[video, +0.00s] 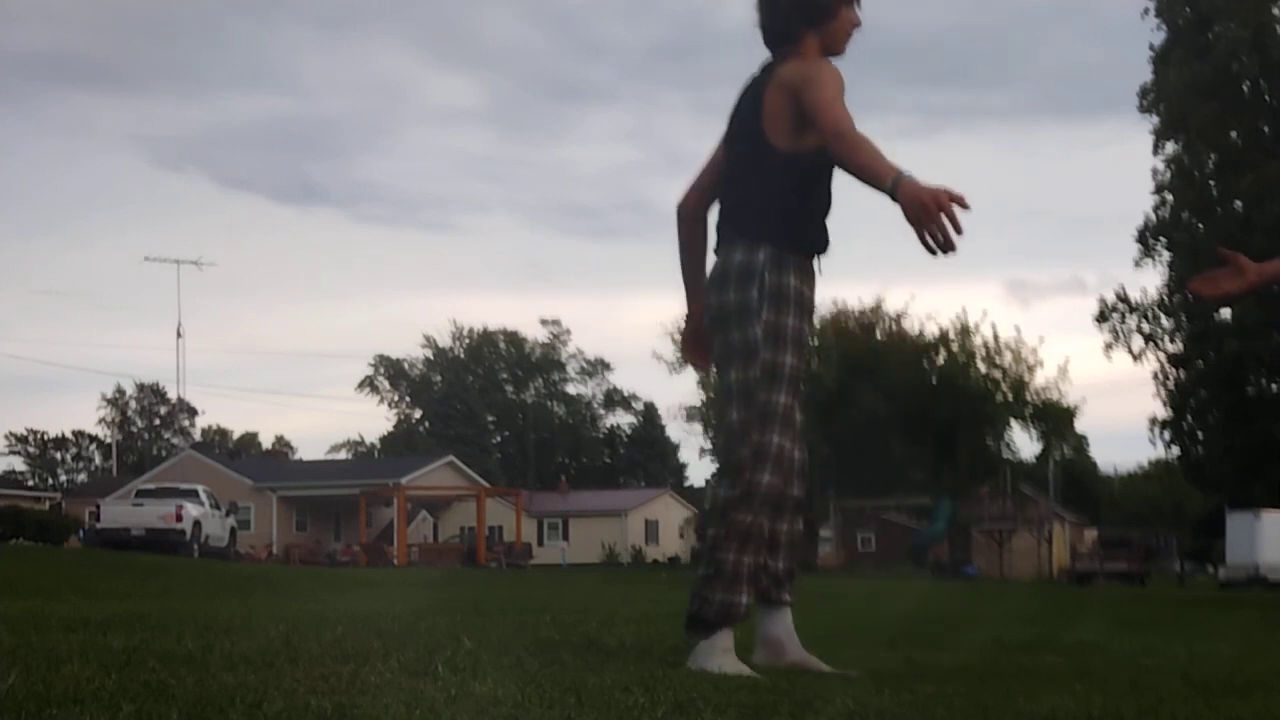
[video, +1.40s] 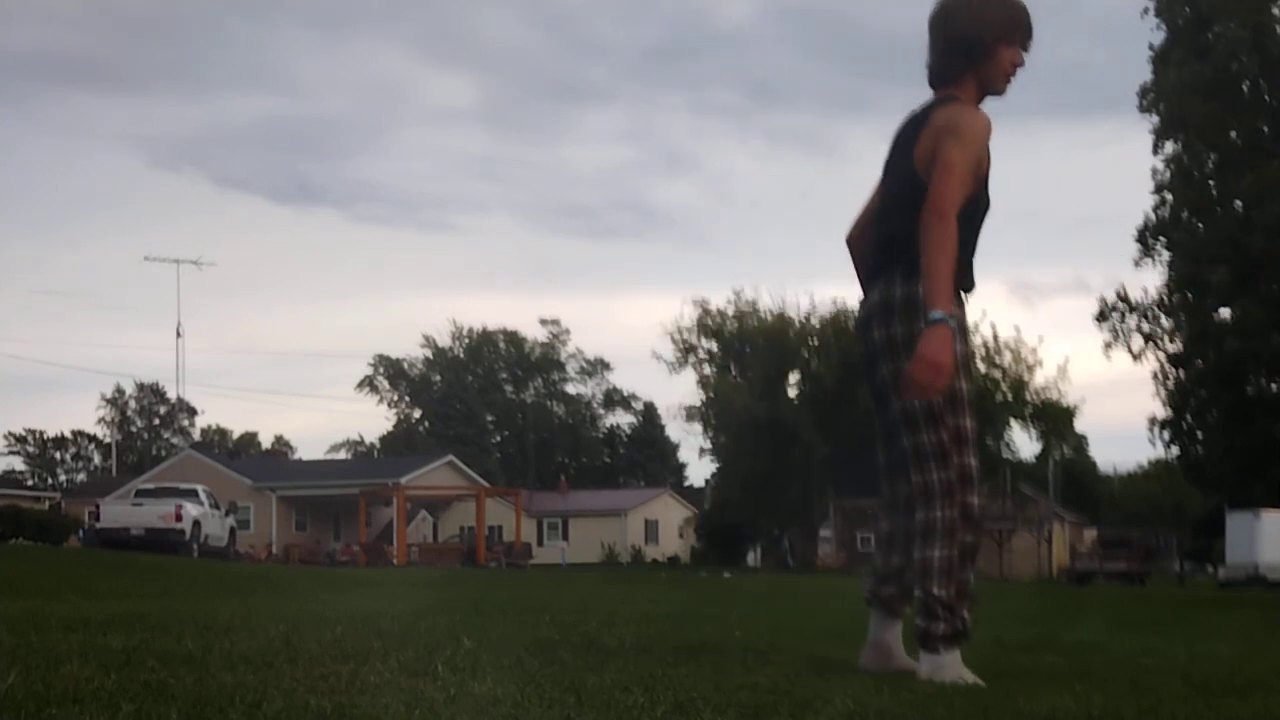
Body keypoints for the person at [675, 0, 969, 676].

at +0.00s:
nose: (857, 16)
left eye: (855, 6)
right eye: (849, 6)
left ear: (792, 20)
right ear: (819, 15)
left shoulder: (760, 91)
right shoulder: (813, 72)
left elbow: (692, 206)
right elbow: (835, 136)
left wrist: (696, 306)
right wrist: (903, 185)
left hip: (742, 276)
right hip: (769, 273)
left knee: (782, 454)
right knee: (759, 455)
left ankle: (775, 634)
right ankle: (711, 643)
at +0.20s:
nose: (875, 37)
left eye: (875, 25)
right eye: (869, 23)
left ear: (804, 33)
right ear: (837, 26)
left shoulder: (762, 106)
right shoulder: (840, 86)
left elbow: (698, 209)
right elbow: (910, 155)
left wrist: (691, 310)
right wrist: (1013, 194)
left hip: (748, 290)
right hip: (797, 285)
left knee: (789, 453)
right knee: (845, 450)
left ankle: (774, 619)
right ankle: (757, 603)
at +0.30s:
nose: (889, 39)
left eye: (888, 26)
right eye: (883, 25)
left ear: (819, 37)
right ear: (850, 30)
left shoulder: (774, 108)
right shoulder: (859, 89)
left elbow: (710, 207)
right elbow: (943, 164)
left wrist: (703, 309)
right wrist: (1051, 210)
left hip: (760, 295)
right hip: (814, 287)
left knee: (791, 456)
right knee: (874, 455)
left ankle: (775, 628)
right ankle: (818, 619)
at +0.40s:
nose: (911, 45)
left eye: (911, 31)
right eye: (905, 31)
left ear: (840, 38)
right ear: (872, 34)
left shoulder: (789, 110)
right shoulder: (885, 98)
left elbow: (726, 211)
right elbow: (974, 181)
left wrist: (727, 313)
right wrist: (1077, 232)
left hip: (778, 295)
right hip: (837, 288)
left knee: (801, 460)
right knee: (884, 461)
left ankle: (777, 634)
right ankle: (896, 643)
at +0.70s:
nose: (987, 66)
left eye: (991, 54)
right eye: (987, 52)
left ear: (917, 40)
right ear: (962, 47)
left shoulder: (858, 111)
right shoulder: (956, 116)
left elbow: (794, 216)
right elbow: (1031, 219)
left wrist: (814, 311)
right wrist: (1118, 291)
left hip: (840, 302)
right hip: (901, 296)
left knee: (873, 466)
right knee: (950, 471)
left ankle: (797, 622)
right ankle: (940, 657)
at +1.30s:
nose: (1036, 57)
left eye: (1039, 45)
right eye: (1032, 42)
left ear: (969, 42)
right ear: (1000, 41)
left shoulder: (918, 116)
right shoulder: (985, 118)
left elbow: (852, 219)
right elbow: (988, 228)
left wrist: (876, 307)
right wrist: (1033, 335)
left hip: (883, 297)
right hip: (928, 295)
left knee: (905, 469)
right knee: (953, 474)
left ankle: (883, 630)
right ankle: (942, 655)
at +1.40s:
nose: (1021, 61)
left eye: (1022, 50)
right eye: (1016, 48)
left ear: (956, 50)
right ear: (985, 49)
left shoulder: (920, 125)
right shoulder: (966, 122)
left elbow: (860, 235)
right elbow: (939, 216)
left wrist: (886, 311)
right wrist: (939, 320)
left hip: (886, 305)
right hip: (921, 304)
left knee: (910, 477)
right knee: (951, 479)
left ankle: (883, 636)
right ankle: (941, 655)